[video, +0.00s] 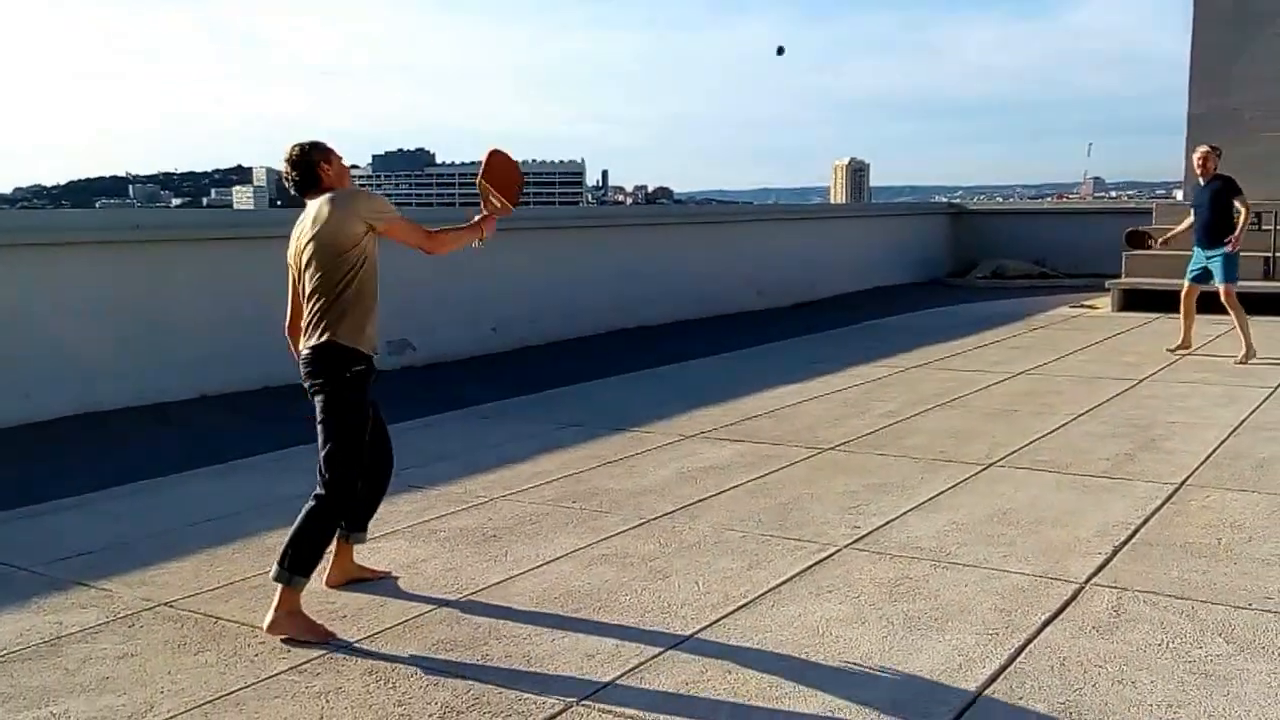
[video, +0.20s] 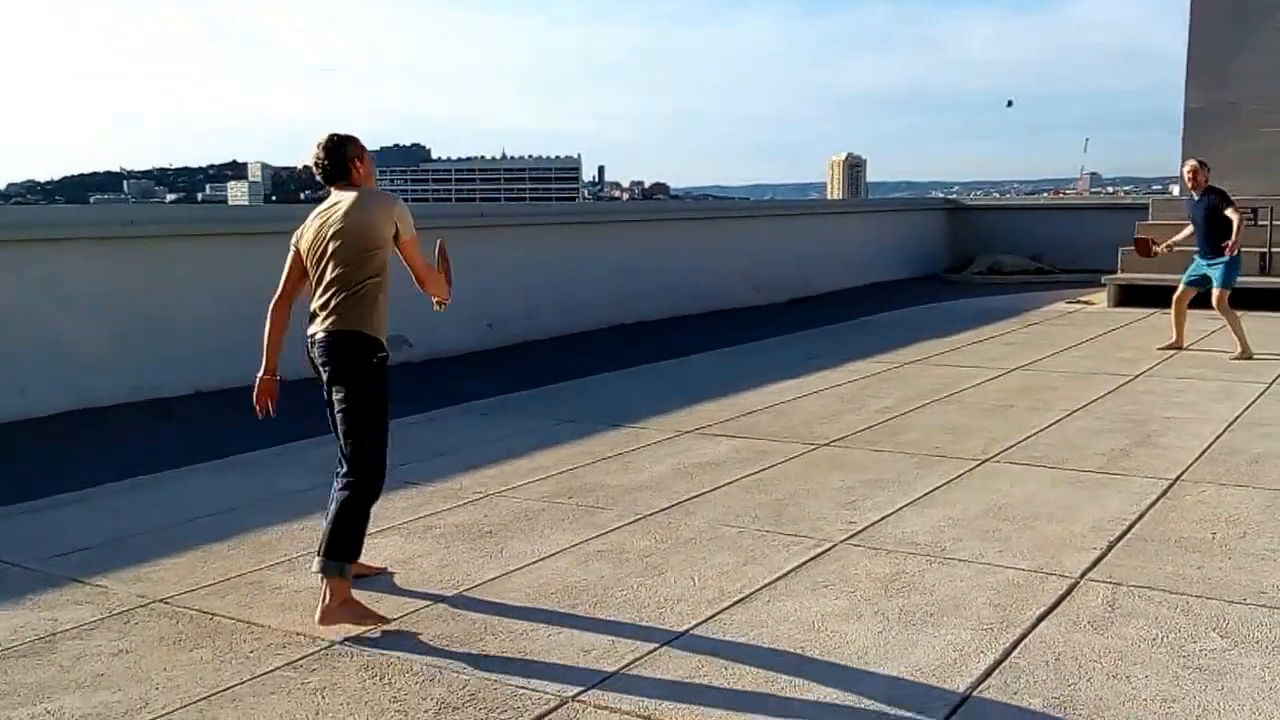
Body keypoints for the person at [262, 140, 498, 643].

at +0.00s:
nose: (346, 163)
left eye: (339, 157)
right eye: (338, 158)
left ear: (309, 178)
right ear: (326, 169)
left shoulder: (302, 229)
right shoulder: (355, 202)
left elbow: (294, 324)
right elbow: (430, 242)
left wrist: (316, 372)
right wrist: (479, 229)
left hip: (322, 361)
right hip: (343, 359)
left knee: (375, 458)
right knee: (336, 485)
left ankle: (343, 563)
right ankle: (284, 608)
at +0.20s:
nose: (372, 163)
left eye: (366, 156)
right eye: (368, 157)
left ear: (330, 174)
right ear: (357, 164)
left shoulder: (311, 224)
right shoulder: (384, 205)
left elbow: (280, 304)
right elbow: (425, 274)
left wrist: (267, 368)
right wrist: (442, 291)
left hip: (322, 346)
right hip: (355, 346)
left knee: (354, 459)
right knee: (364, 469)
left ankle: (338, 556)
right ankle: (336, 599)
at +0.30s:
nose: (388, 164)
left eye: (384, 155)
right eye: (384, 157)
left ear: (341, 169)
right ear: (373, 162)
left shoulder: (319, 218)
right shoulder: (393, 207)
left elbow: (283, 293)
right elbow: (427, 277)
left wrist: (270, 357)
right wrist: (446, 308)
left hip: (324, 344)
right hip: (363, 345)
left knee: (352, 453)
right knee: (395, 465)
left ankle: (335, 556)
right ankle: (388, 589)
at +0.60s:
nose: (415, 129)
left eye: (411, 121)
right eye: (410, 121)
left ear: (368, 129)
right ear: (396, 126)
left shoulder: (341, 180)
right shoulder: (409, 175)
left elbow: (311, 264)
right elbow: (438, 255)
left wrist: (325, 311)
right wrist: (471, 294)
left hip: (355, 322)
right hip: (395, 322)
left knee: (371, 430)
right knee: (426, 440)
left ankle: (338, 535)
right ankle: (438, 570)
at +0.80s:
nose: (435, 138)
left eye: (431, 129)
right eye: (431, 131)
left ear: (388, 142)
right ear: (419, 138)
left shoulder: (370, 190)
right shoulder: (415, 193)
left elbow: (349, 273)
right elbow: (427, 277)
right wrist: (468, 321)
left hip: (356, 335)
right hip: (394, 340)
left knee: (383, 441)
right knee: (450, 449)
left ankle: (353, 545)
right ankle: (430, 575)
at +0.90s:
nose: (440, 143)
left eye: (435, 134)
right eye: (435, 136)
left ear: (392, 146)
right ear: (421, 144)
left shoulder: (376, 192)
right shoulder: (412, 202)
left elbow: (394, 285)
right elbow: (408, 291)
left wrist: (449, 325)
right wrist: (448, 337)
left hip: (357, 337)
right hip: (390, 343)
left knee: (386, 436)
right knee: (453, 451)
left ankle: (351, 543)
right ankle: (429, 577)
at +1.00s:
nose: (432, 136)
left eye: (427, 128)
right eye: (427, 129)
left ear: (397, 144)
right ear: (411, 141)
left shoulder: (395, 196)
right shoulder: (386, 206)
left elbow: (418, 262)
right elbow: (368, 291)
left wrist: (484, 280)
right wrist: (413, 348)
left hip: (378, 340)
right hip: (384, 344)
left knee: (396, 437)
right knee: (445, 452)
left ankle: (345, 527)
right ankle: (425, 577)